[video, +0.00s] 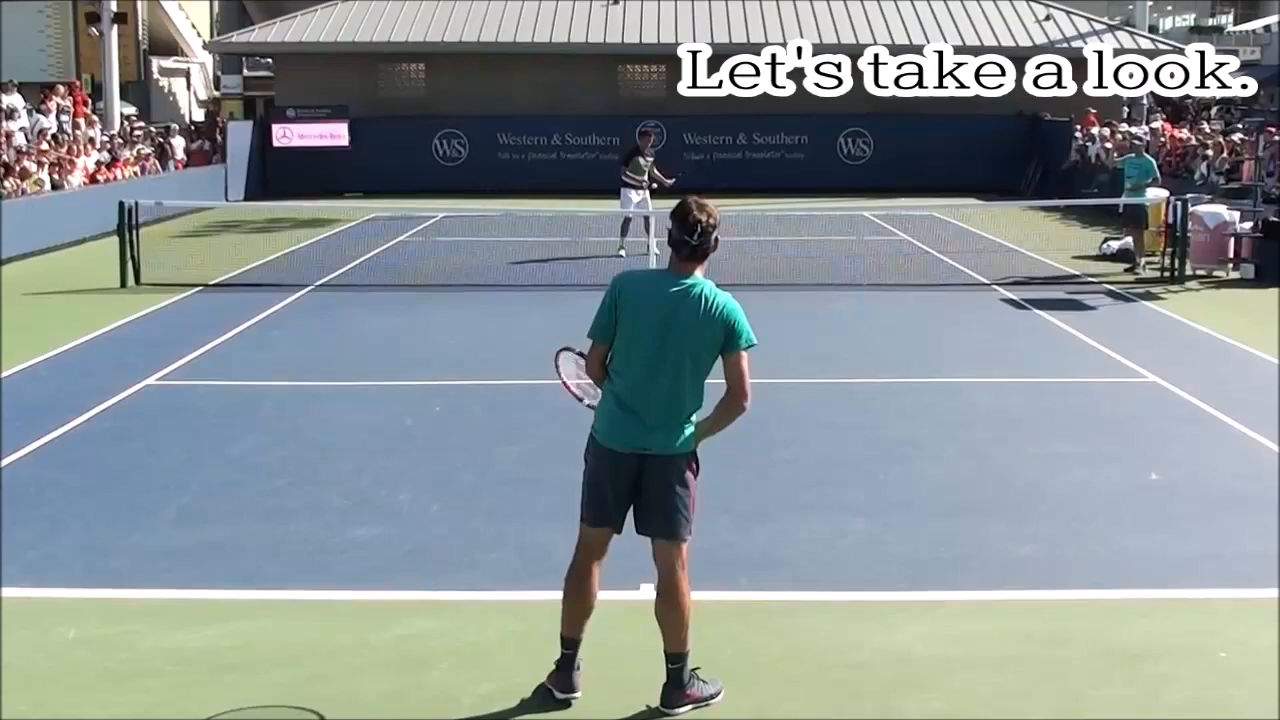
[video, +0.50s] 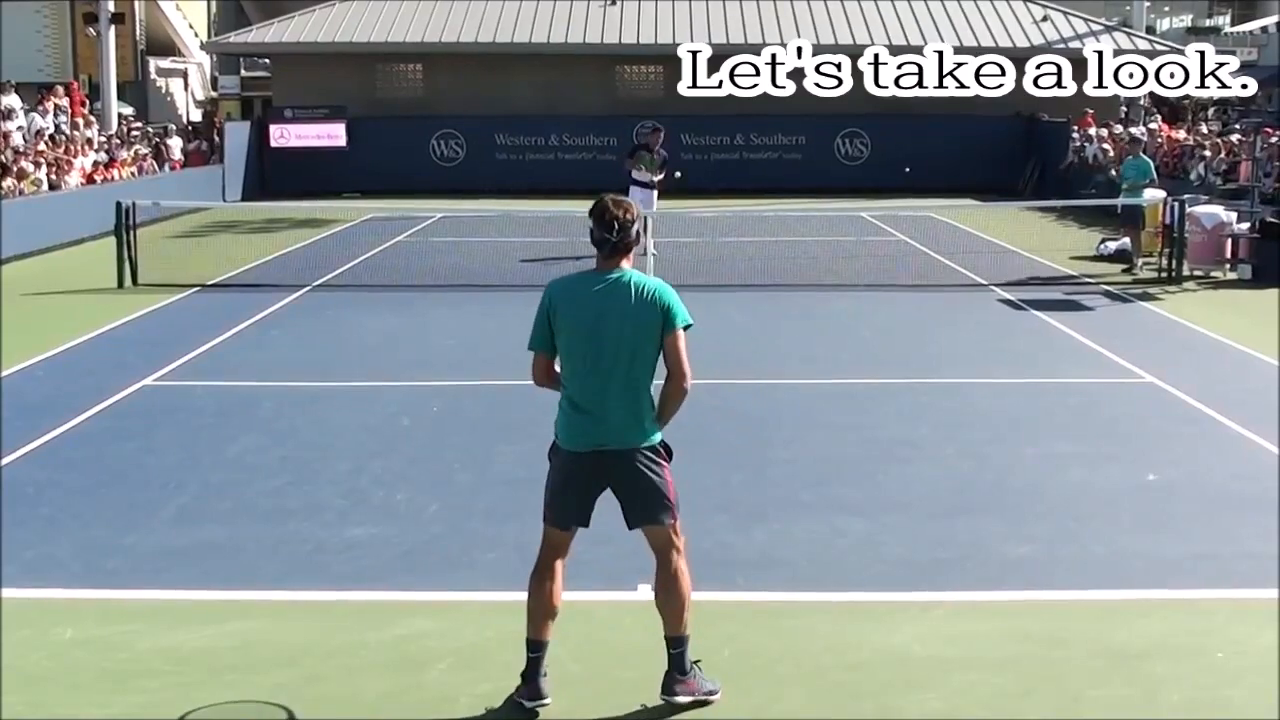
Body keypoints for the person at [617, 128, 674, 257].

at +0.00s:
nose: (649, 142)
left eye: (651, 139)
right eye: (646, 138)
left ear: (652, 141)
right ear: (640, 139)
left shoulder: (650, 155)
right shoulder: (632, 153)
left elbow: (652, 170)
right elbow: (623, 174)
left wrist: (665, 181)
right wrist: (642, 181)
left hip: (643, 190)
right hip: (629, 190)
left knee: (648, 216)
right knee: (628, 217)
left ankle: (651, 244)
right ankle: (622, 246)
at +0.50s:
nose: (658, 140)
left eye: (660, 138)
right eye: (656, 137)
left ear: (662, 140)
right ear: (649, 137)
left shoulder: (663, 155)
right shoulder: (638, 149)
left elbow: (663, 171)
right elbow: (627, 163)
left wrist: (657, 177)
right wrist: (635, 166)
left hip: (651, 188)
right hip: (636, 187)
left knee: (650, 218)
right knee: (635, 217)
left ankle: (649, 245)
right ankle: (631, 246)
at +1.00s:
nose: (646, 141)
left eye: (648, 138)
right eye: (643, 139)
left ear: (652, 140)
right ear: (638, 141)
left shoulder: (657, 154)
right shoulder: (633, 156)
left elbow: (664, 171)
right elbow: (630, 172)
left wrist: (656, 181)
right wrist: (636, 174)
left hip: (654, 189)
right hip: (640, 189)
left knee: (655, 217)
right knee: (641, 218)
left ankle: (655, 242)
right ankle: (643, 244)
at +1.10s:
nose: (647, 141)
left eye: (649, 138)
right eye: (644, 138)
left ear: (653, 140)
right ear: (639, 141)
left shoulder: (659, 154)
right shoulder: (635, 155)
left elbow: (666, 170)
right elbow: (633, 170)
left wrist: (657, 181)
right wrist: (639, 172)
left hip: (655, 189)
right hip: (641, 189)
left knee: (656, 216)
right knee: (643, 216)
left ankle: (657, 240)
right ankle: (643, 241)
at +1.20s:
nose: (652, 142)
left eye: (654, 139)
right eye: (649, 139)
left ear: (657, 141)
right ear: (643, 141)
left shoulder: (663, 156)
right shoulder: (638, 156)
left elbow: (668, 173)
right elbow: (635, 171)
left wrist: (660, 182)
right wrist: (646, 179)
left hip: (658, 191)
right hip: (643, 191)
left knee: (658, 218)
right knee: (642, 217)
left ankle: (659, 244)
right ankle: (643, 244)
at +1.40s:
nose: (656, 139)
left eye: (657, 137)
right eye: (653, 137)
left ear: (661, 138)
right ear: (648, 139)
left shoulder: (666, 154)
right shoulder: (640, 153)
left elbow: (671, 171)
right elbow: (636, 170)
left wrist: (662, 181)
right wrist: (644, 169)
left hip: (658, 189)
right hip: (642, 188)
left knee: (658, 216)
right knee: (636, 215)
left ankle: (660, 243)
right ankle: (635, 240)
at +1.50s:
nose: (655, 137)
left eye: (656, 134)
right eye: (653, 135)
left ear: (661, 137)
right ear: (648, 137)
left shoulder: (666, 152)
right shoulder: (641, 150)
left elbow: (670, 170)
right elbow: (635, 168)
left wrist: (661, 180)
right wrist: (644, 169)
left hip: (657, 188)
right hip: (642, 187)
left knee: (658, 216)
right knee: (635, 214)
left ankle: (660, 242)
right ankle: (630, 241)